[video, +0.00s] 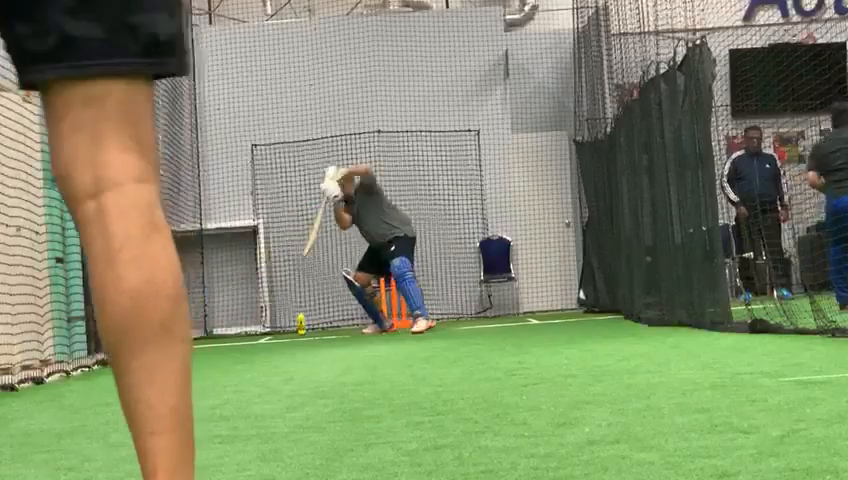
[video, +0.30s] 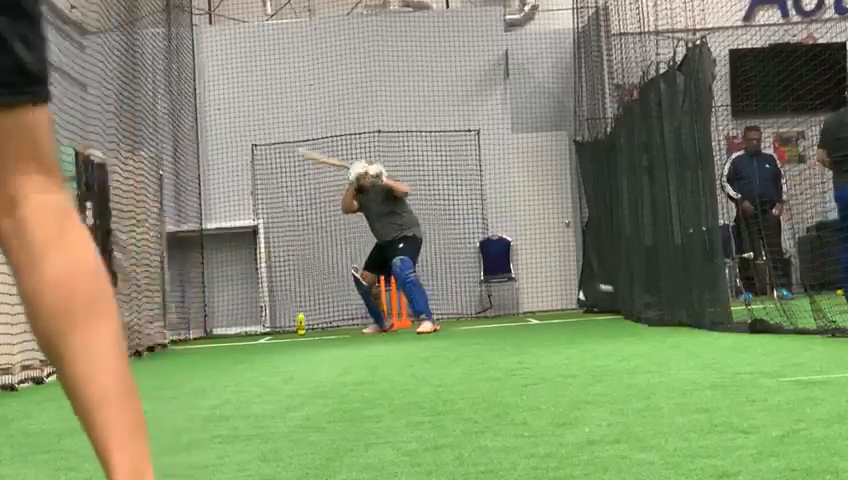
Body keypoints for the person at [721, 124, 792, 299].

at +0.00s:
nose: (755, 142)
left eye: (758, 139)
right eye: (751, 139)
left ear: (762, 140)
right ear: (744, 141)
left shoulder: (771, 159)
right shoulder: (735, 159)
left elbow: (779, 183)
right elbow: (724, 183)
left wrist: (783, 205)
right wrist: (737, 204)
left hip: (770, 209)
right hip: (747, 210)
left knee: (775, 248)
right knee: (747, 251)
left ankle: (781, 286)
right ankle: (748, 289)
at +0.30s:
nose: (755, 143)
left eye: (757, 140)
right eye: (751, 140)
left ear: (761, 141)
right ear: (744, 141)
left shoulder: (770, 159)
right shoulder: (735, 160)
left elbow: (781, 181)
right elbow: (724, 183)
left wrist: (780, 202)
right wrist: (740, 200)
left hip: (769, 210)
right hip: (746, 211)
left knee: (775, 248)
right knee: (746, 251)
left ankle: (781, 285)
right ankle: (749, 289)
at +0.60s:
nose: (755, 142)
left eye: (757, 139)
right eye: (751, 139)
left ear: (761, 140)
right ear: (743, 140)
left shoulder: (770, 159)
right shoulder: (734, 159)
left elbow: (781, 179)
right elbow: (723, 181)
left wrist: (772, 192)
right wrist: (742, 195)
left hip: (768, 209)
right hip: (745, 211)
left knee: (773, 246)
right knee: (746, 250)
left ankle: (781, 286)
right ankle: (748, 289)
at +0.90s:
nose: (754, 142)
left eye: (757, 139)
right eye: (750, 139)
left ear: (761, 140)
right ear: (743, 141)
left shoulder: (769, 159)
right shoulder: (734, 159)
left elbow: (782, 179)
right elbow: (722, 182)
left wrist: (771, 192)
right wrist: (741, 195)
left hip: (768, 211)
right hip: (745, 212)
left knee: (774, 247)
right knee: (747, 251)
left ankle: (780, 286)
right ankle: (750, 290)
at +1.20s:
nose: (754, 142)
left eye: (757, 139)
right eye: (750, 139)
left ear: (760, 141)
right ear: (743, 140)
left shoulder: (769, 159)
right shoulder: (733, 159)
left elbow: (781, 180)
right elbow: (721, 182)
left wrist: (772, 195)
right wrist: (740, 195)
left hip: (767, 210)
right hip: (744, 212)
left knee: (773, 247)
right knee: (745, 251)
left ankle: (779, 286)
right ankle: (749, 290)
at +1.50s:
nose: (754, 142)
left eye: (757, 139)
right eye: (750, 139)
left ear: (760, 140)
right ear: (742, 140)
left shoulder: (769, 158)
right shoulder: (733, 159)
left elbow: (780, 181)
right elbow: (721, 182)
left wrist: (774, 200)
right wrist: (739, 195)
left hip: (767, 209)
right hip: (744, 210)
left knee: (773, 247)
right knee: (746, 250)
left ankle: (778, 285)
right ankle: (749, 289)